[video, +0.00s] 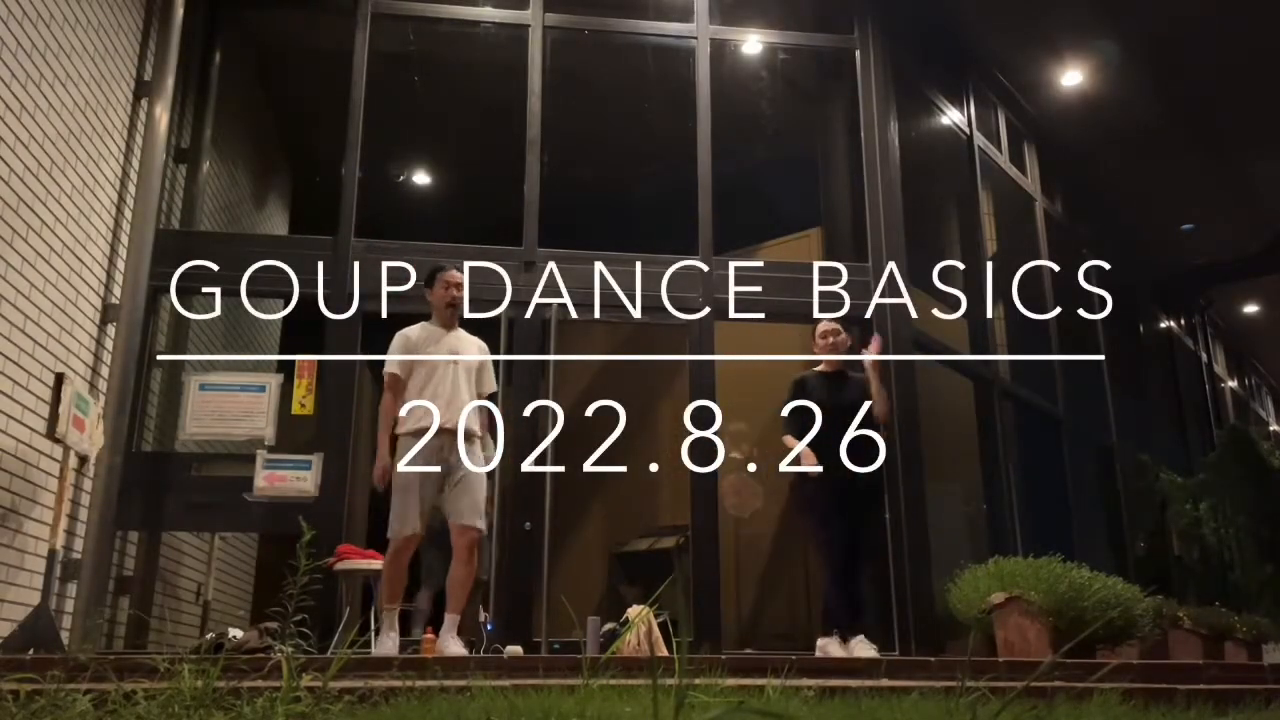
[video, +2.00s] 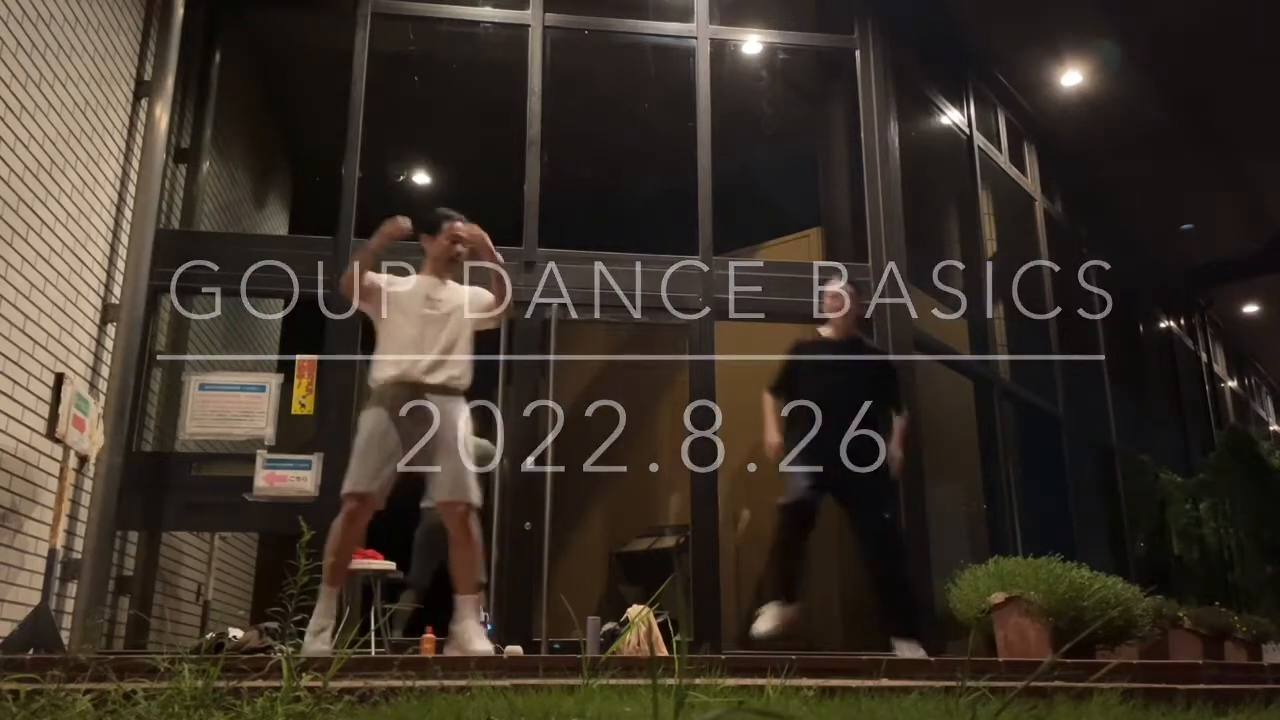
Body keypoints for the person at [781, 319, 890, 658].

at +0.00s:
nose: (830, 340)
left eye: (836, 333)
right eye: (823, 336)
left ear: (848, 341)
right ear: (814, 345)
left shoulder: (862, 381)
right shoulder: (805, 383)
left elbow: (883, 415)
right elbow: (787, 433)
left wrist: (872, 368)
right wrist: (802, 451)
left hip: (860, 478)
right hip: (822, 481)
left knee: (857, 553)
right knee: (834, 554)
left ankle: (839, 634)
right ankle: (844, 633)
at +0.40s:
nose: (848, 331)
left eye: (853, 325)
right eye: (840, 327)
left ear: (864, 332)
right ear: (830, 337)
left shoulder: (874, 368)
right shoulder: (820, 374)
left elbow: (884, 384)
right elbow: (799, 421)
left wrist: (866, 346)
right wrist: (805, 457)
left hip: (877, 472)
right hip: (835, 475)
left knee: (885, 545)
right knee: (843, 554)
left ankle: (885, 625)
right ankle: (854, 638)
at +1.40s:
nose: (877, 315)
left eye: (883, 309)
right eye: (869, 309)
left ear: (894, 319)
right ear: (857, 320)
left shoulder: (907, 362)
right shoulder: (842, 363)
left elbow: (936, 408)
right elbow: (827, 413)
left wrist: (914, 365)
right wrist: (819, 454)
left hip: (906, 469)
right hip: (859, 473)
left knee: (913, 554)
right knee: (868, 556)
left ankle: (919, 639)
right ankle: (878, 638)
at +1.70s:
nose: (868, 317)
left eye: (874, 311)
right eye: (861, 311)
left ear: (885, 317)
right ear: (849, 317)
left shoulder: (899, 363)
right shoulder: (834, 362)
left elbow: (934, 419)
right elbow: (805, 415)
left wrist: (917, 410)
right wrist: (820, 403)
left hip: (901, 475)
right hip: (854, 476)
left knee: (908, 551)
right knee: (866, 555)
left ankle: (913, 638)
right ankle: (877, 637)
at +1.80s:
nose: (867, 330)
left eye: (873, 324)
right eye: (860, 324)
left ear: (883, 329)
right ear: (849, 330)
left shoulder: (896, 382)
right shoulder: (834, 379)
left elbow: (918, 427)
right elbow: (810, 421)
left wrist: (914, 448)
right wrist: (828, 432)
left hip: (893, 479)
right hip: (848, 480)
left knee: (907, 548)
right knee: (865, 536)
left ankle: (911, 637)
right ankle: (867, 617)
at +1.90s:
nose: (858, 329)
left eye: (865, 323)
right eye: (851, 323)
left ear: (878, 327)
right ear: (842, 327)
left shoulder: (893, 381)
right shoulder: (823, 376)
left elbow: (909, 432)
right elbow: (796, 423)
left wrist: (907, 466)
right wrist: (808, 456)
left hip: (883, 482)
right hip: (836, 479)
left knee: (902, 553)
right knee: (832, 512)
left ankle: (909, 640)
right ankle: (829, 590)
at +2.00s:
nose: (833, 304)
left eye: (841, 298)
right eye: (828, 297)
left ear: (857, 307)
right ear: (821, 304)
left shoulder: (876, 358)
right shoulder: (804, 351)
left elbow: (898, 409)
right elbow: (772, 392)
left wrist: (896, 448)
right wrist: (772, 431)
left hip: (861, 461)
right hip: (810, 457)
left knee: (882, 541)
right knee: (793, 514)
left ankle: (903, 634)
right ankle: (779, 601)